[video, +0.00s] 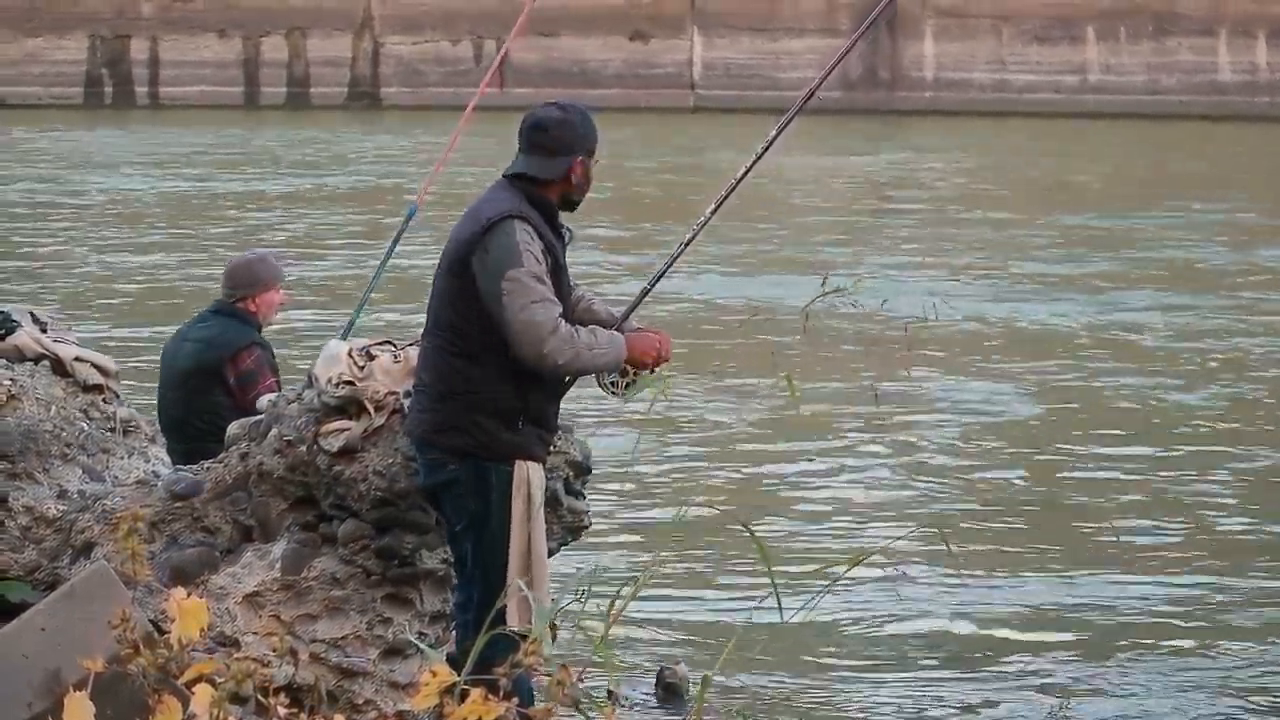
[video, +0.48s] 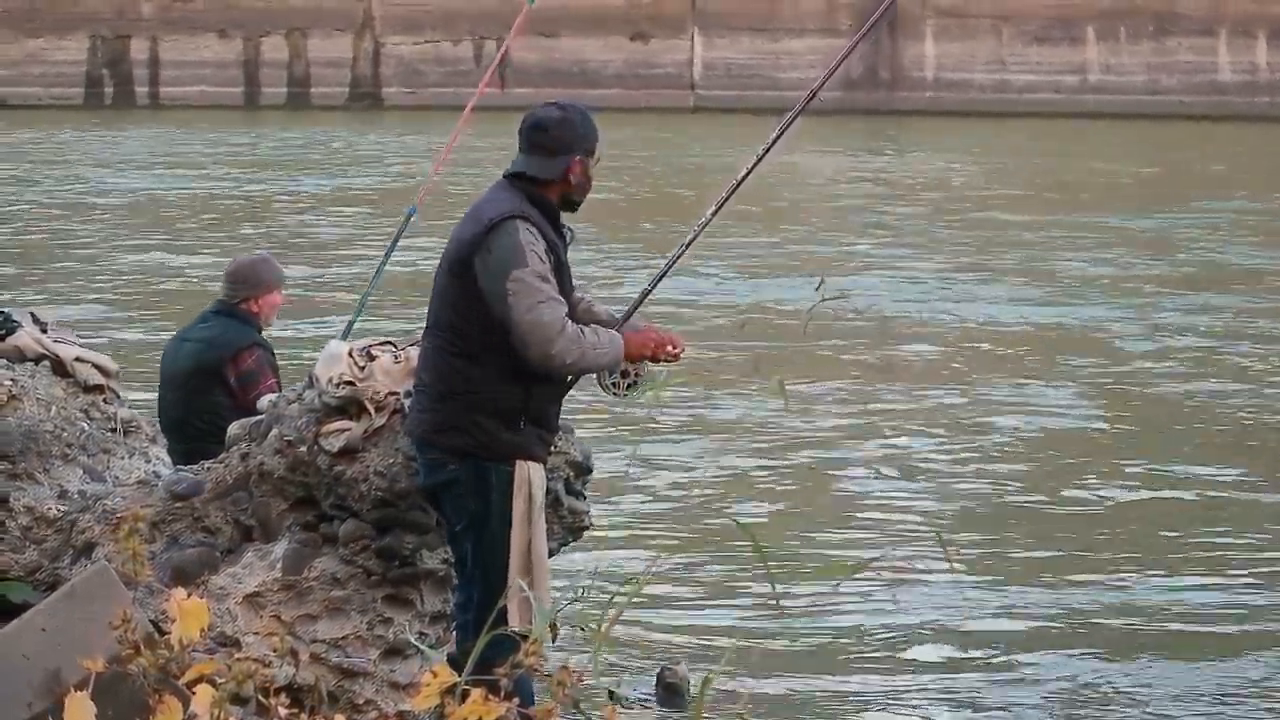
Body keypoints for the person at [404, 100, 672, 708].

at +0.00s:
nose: (592, 175)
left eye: (591, 163)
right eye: (590, 163)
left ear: (534, 160)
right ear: (574, 170)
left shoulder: (527, 222)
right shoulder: (509, 230)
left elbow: (563, 304)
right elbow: (542, 341)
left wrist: (624, 327)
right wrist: (622, 348)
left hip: (491, 441)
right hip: (471, 446)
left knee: (499, 590)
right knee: (492, 594)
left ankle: (493, 710)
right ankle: (490, 711)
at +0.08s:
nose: (592, 174)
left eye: (592, 162)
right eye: (590, 163)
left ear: (535, 161)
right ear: (574, 169)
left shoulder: (528, 222)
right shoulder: (509, 229)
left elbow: (562, 305)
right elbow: (541, 340)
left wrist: (625, 327)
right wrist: (623, 348)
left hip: (492, 439)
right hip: (472, 444)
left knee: (502, 587)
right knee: (492, 591)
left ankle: (495, 708)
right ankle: (488, 711)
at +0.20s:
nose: (592, 174)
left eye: (592, 163)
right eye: (590, 163)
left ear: (538, 162)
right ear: (573, 169)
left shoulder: (530, 222)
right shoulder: (510, 229)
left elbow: (561, 305)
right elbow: (541, 340)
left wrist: (624, 325)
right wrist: (624, 348)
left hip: (491, 439)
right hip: (472, 444)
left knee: (498, 590)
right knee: (492, 594)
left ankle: (492, 708)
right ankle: (487, 710)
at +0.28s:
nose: (591, 175)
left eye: (592, 163)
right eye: (590, 164)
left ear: (538, 161)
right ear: (573, 169)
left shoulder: (530, 222)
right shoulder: (510, 229)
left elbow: (562, 306)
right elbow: (543, 341)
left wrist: (627, 329)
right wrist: (624, 346)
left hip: (492, 440)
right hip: (472, 444)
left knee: (500, 590)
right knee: (493, 594)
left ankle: (493, 708)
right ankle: (487, 711)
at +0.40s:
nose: (592, 175)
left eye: (592, 163)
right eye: (589, 163)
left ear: (540, 162)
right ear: (572, 168)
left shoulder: (529, 222)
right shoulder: (511, 230)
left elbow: (561, 306)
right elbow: (545, 341)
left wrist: (626, 330)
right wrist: (624, 345)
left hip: (490, 440)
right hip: (472, 445)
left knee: (497, 591)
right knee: (493, 595)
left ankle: (490, 709)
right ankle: (489, 712)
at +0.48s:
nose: (592, 175)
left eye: (592, 163)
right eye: (589, 163)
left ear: (539, 162)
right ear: (571, 168)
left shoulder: (529, 222)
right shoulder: (511, 230)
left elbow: (561, 307)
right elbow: (547, 341)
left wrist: (625, 328)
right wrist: (625, 344)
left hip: (489, 439)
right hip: (472, 444)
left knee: (496, 589)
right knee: (493, 593)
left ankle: (487, 707)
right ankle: (488, 711)